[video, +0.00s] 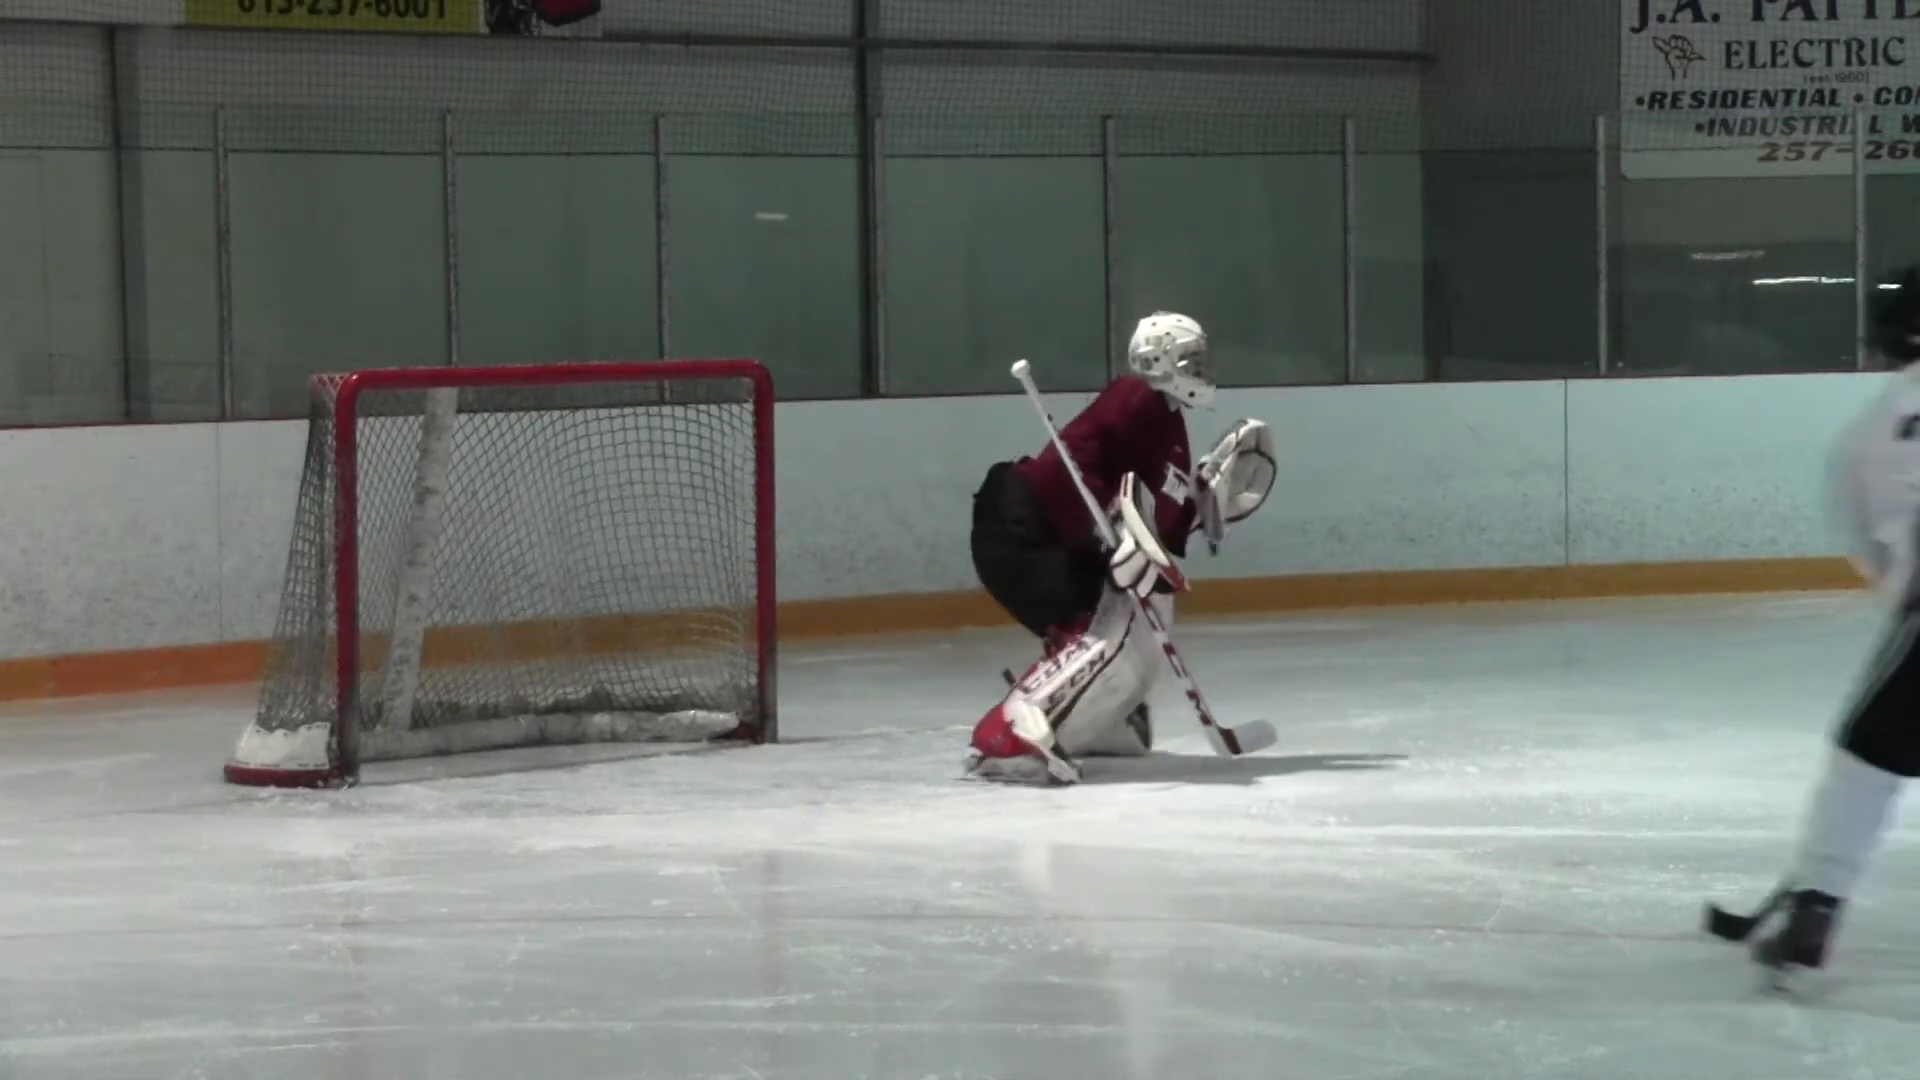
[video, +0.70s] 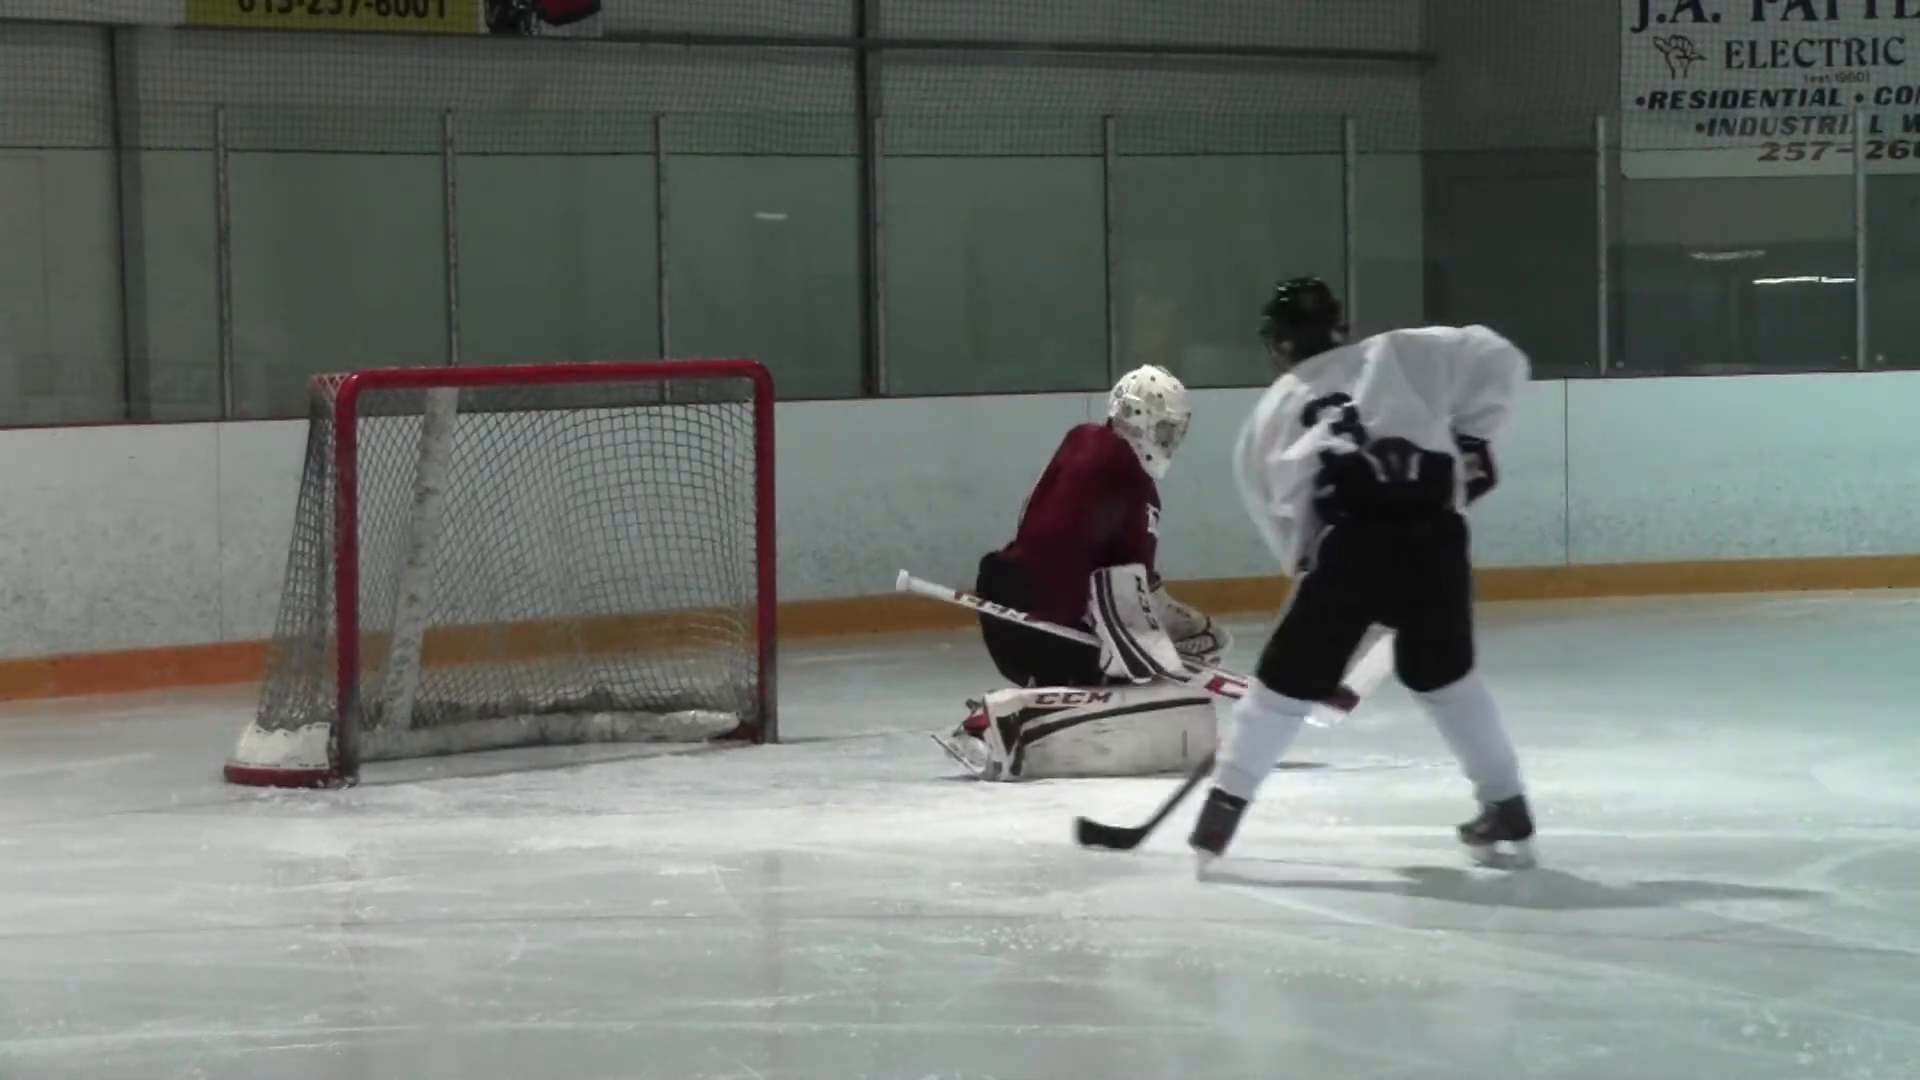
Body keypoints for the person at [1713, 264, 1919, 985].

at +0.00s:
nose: (1880, 346)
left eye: (1884, 334)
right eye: (1890, 331)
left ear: (1893, 335)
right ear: (1918, 333)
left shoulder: (1886, 414)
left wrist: (1889, 567)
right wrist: (1890, 566)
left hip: (1919, 612)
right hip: (1914, 610)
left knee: (1873, 748)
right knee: (1871, 748)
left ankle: (1813, 908)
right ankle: (1809, 903)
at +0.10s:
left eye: (1771, 331)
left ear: (1770, 334)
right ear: (1848, 314)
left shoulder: (1749, 432)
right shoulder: (1900, 353)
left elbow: (1765, 565)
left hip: (1844, 583)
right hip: (1919, 570)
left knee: (1759, 736)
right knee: (1904, 733)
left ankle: (1705, 894)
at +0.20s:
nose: (1669, 339)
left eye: (1663, 327)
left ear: (1662, 330)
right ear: (1732, 316)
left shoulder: (1652, 412)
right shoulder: (1779, 350)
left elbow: (1658, 524)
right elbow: (1887, 356)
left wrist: (1677, 577)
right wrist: (1872, 455)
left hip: (1731, 574)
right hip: (1827, 558)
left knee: (1652, 726)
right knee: (1812, 720)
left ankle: (1598, 878)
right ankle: (1883, 867)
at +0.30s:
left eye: (1561, 330)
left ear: (1558, 335)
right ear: (1626, 318)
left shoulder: (1550, 416)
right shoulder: (1677, 352)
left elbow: (1561, 534)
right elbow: (1784, 357)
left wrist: (1576, 573)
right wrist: (1764, 454)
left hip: (1632, 572)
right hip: (1722, 557)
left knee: (1554, 715)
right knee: (1715, 710)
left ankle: (1493, 865)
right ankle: (1787, 856)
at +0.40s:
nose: (1487, 344)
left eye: (1477, 335)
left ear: (1471, 340)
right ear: (1531, 326)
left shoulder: (1460, 421)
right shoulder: (1584, 357)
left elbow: (1469, 527)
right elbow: (1691, 361)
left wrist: (1495, 572)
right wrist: (1673, 456)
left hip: (1542, 577)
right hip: (1629, 560)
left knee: (1464, 711)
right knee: (1629, 703)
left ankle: (1390, 853)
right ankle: (1708, 841)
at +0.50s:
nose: (1392, 349)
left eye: (1392, 340)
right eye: (1398, 339)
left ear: (1395, 345)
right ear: (1451, 331)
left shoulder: (1386, 423)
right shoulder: (1510, 360)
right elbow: (1613, 363)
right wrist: (1598, 450)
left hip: (1464, 573)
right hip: (1551, 559)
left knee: (1390, 702)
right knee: (1558, 693)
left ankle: (1312, 839)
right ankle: (1635, 829)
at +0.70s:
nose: (1275, 352)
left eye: (1275, 343)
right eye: (1275, 341)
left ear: (1282, 346)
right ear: (1342, 330)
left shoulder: (1268, 419)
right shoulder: (1399, 351)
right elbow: (1499, 357)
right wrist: (1477, 443)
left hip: (1351, 552)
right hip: (1436, 545)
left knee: (1284, 681)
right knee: (1444, 672)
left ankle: (1222, 809)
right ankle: (1507, 806)